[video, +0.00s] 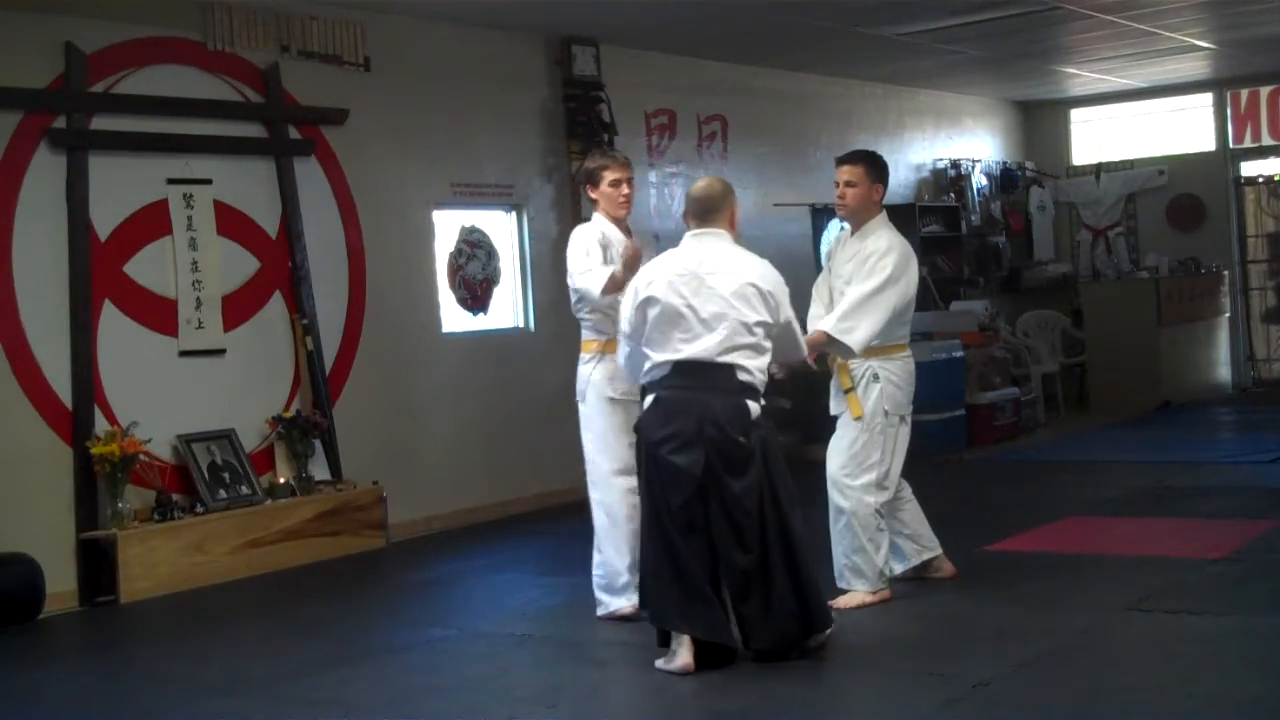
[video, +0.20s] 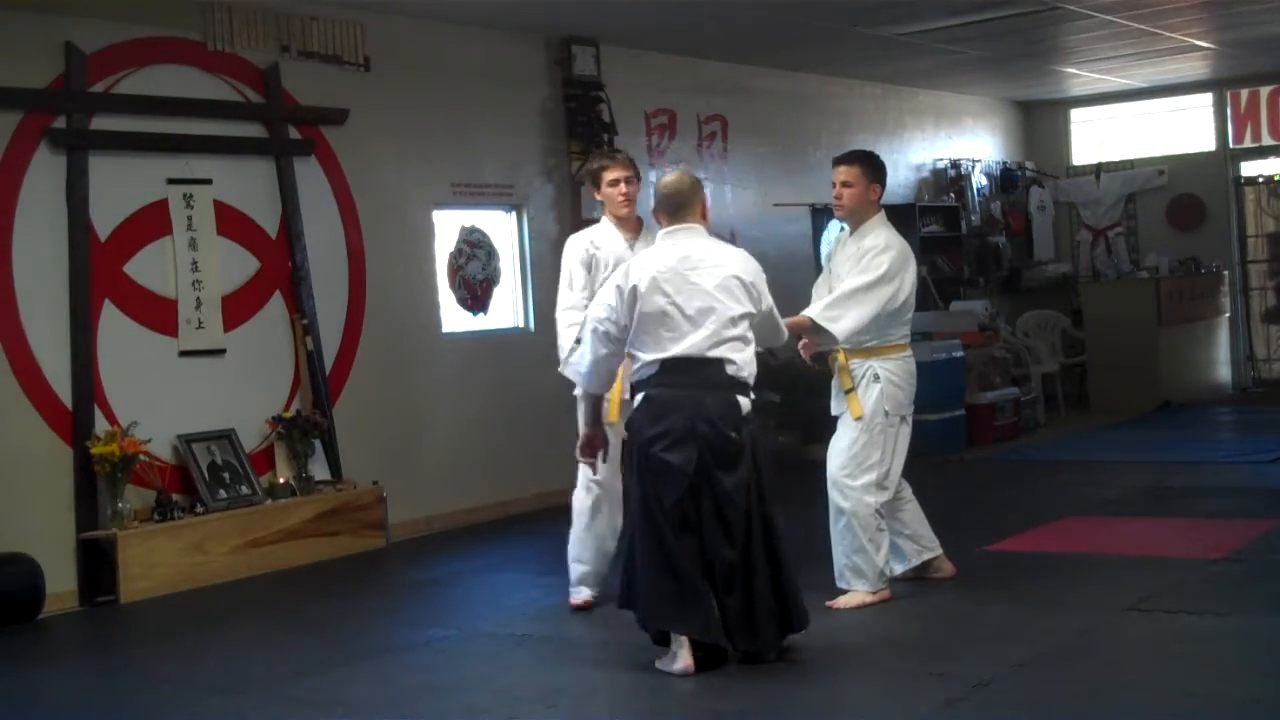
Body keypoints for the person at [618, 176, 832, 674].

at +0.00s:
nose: (738, 221)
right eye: (737, 214)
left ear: (685, 219)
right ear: (733, 216)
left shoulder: (650, 276)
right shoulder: (761, 273)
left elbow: (631, 360)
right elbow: (791, 354)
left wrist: (673, 372)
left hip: (668, 410)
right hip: (737, 409)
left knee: (675, 526)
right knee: (755, 519)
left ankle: (683, 644)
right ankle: (792, 625)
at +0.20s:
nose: (709, 211)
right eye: (707, 205)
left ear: (656, 215)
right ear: (704, 210)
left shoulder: (632, 271)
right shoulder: (741, 264)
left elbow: (597, 354)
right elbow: (774, 337)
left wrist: (590, 425)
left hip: (659, 407)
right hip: (726, 403)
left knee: (666, 524)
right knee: (731, 517)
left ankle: (681, 647)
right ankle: (746, 632)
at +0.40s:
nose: (698, 208)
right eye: (696, 202)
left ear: (646, 214)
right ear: (694, 207)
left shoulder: (630, 263)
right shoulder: (733, 260)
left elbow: (600, 344)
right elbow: (767, 331)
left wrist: (590, 422)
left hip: (659, 406)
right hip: (728, 403)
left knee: (665, 527)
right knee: (743, 516)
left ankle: (680, 650)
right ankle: (765, 628)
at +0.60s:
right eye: (698, 204)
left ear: (648, 214)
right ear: (694, 210)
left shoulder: (628, 258)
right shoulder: (731, 260)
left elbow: (607, 336)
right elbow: (768, 335)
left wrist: (613, 400)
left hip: (661, 399)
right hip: (726, 396)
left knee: (665, 521)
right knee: (742, 511)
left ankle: (680, 649)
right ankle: (766, 624)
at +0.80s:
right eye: (713, 211)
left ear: (664, 218)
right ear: (712, 214)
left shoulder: (643, 272)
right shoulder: (745, 266)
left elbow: (620, 355)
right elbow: (777, 343)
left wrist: (630, 402)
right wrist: (741, 360)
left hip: (672, 389)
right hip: (735, 388)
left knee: (675, 516)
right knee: (746, 510)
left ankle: (682, 646)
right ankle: (759, 630)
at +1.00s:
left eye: (695, 210)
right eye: (740, 213)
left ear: (692, 214)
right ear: (740, 215)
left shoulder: (663, 270)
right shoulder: (767, 267)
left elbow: (638, 352)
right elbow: (791, 347)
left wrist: (656, 405)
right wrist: (756, 361)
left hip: (688, 385)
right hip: (750, 384)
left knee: (690, 507)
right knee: (754, 506)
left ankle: (686, 612)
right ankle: (755, 625)